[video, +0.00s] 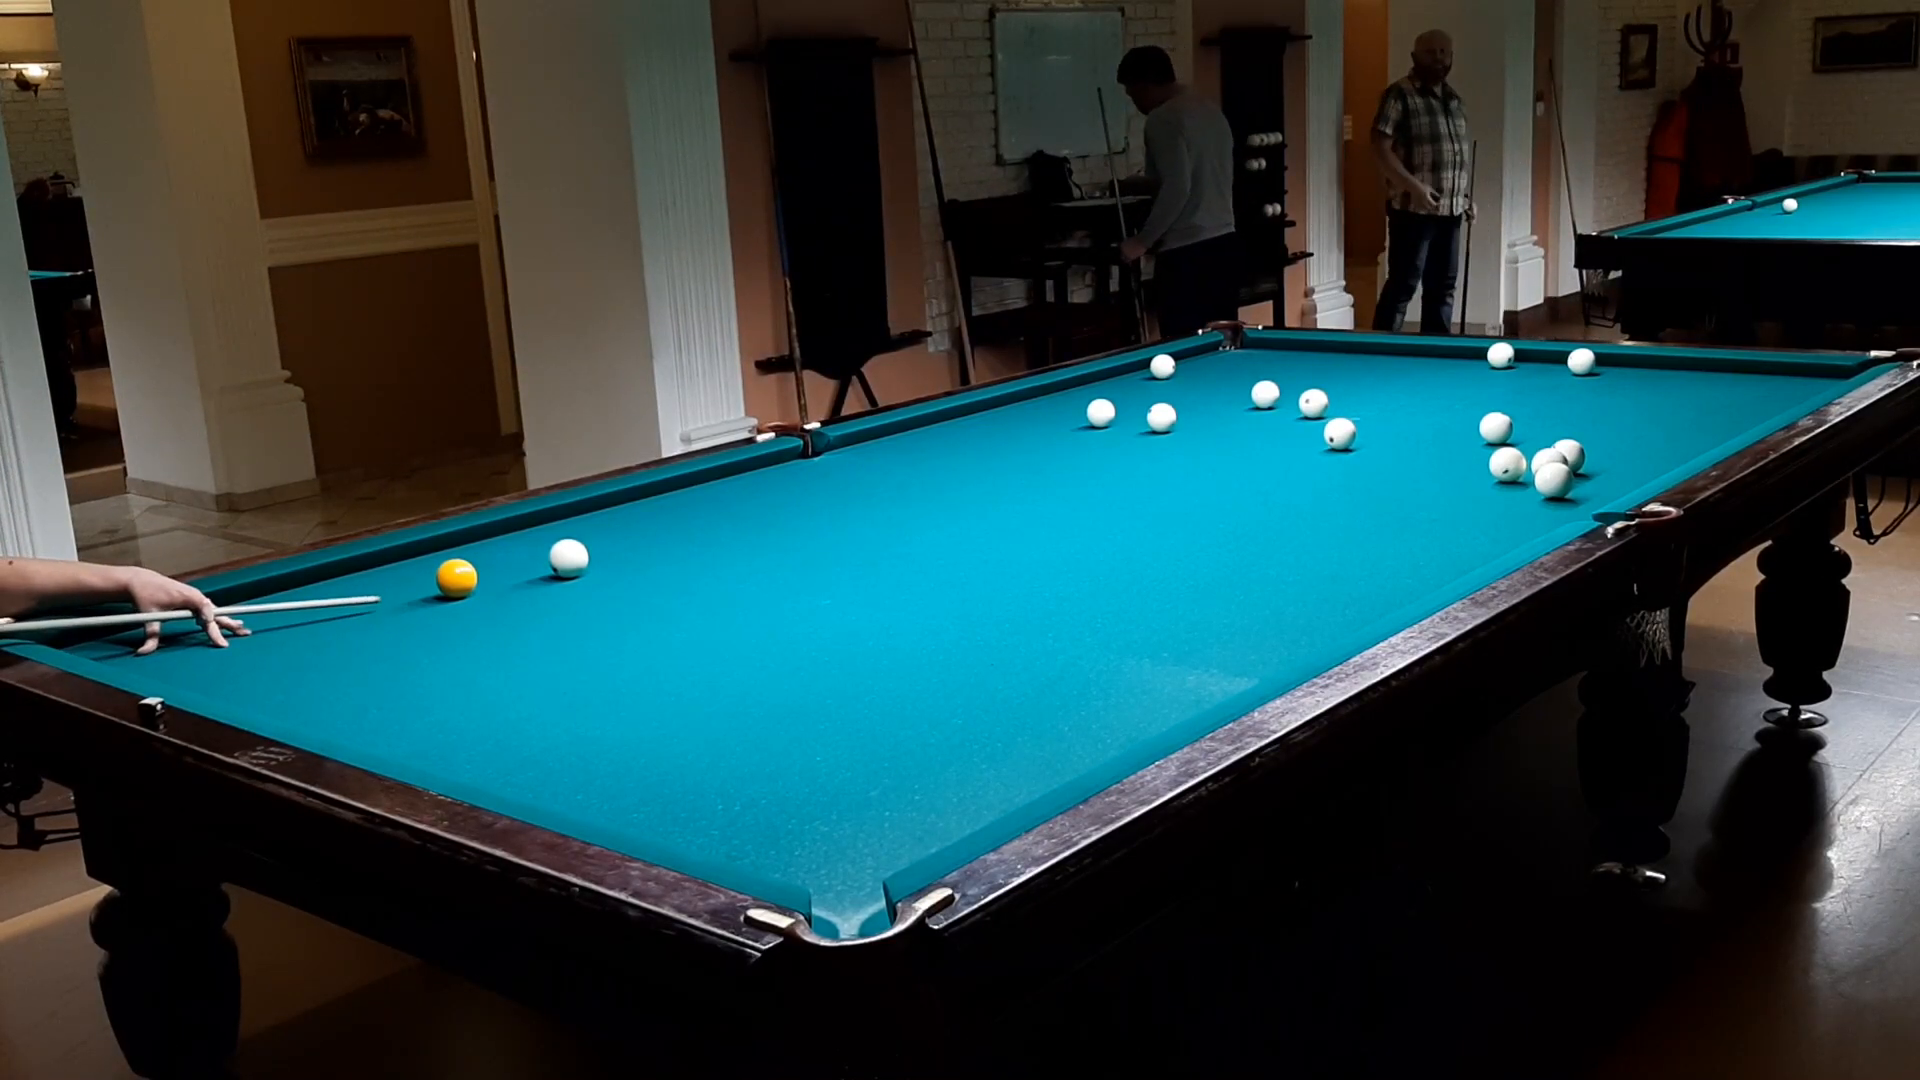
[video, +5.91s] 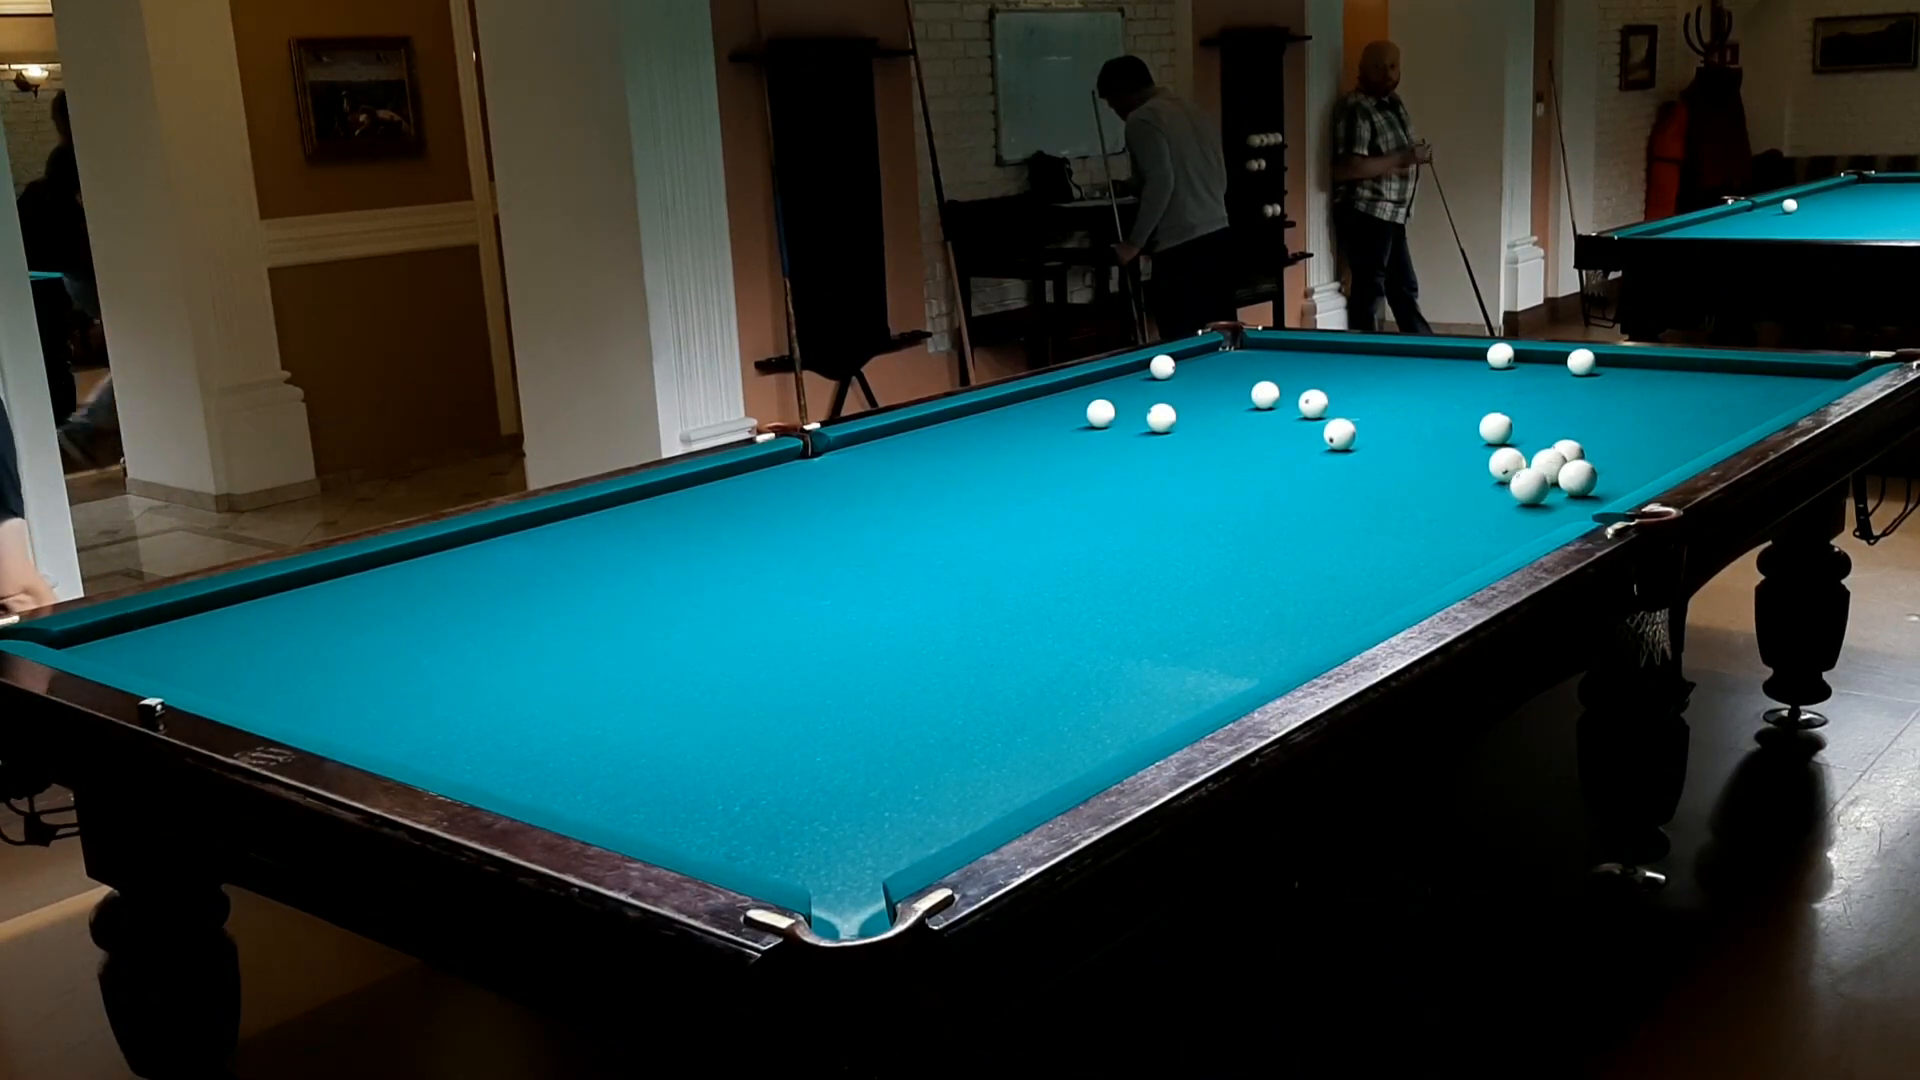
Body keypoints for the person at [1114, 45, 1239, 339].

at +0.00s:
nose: (1130, 99)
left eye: (1130, 90)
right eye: (1128, 91)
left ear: (1144, 84)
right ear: (1168, 75)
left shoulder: (1164, 120)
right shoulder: (1210, 111)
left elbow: (1176, 188)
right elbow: (1217, 178)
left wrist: (1142, 241)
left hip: (1185, 254)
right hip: (1224, 246)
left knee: (1183, 350)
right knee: (1222, 342)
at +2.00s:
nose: (1121, 106)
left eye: (1119, 97)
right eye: (1117, 99)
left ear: (1130, 88)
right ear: (1155, 78)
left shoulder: (1150, 121)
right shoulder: (1201, 110)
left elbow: (1165, 183)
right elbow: (1206, 172)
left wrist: (1136, 243)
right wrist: (1142, 184)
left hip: (1180, 251)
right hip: (1222, 241)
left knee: (1181, 345)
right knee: (1221, 337)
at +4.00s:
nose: (1110, 114)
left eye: (1107, 106)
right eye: (1105, 108)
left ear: (1116, 97)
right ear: (1141, 83)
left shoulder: (1139, 122)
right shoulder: (1187, 109)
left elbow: (1160, 180)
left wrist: (1134, 243)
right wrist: (1137, 189)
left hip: (1181, 250)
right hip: (1220, 238)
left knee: (1181, 344)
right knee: (1221, 334)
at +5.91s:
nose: (1113, 109)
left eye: (1110, 100)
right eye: (1109, 102)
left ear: (1121, 93)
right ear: (1147, 82)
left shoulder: (1141, 121)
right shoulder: (1191, 110)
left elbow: (1160, 181)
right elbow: (1215, 175)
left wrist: (1133, 243)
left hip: (1179, 250)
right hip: (1220, 240)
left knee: (1180, 344)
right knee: (1220, 336)